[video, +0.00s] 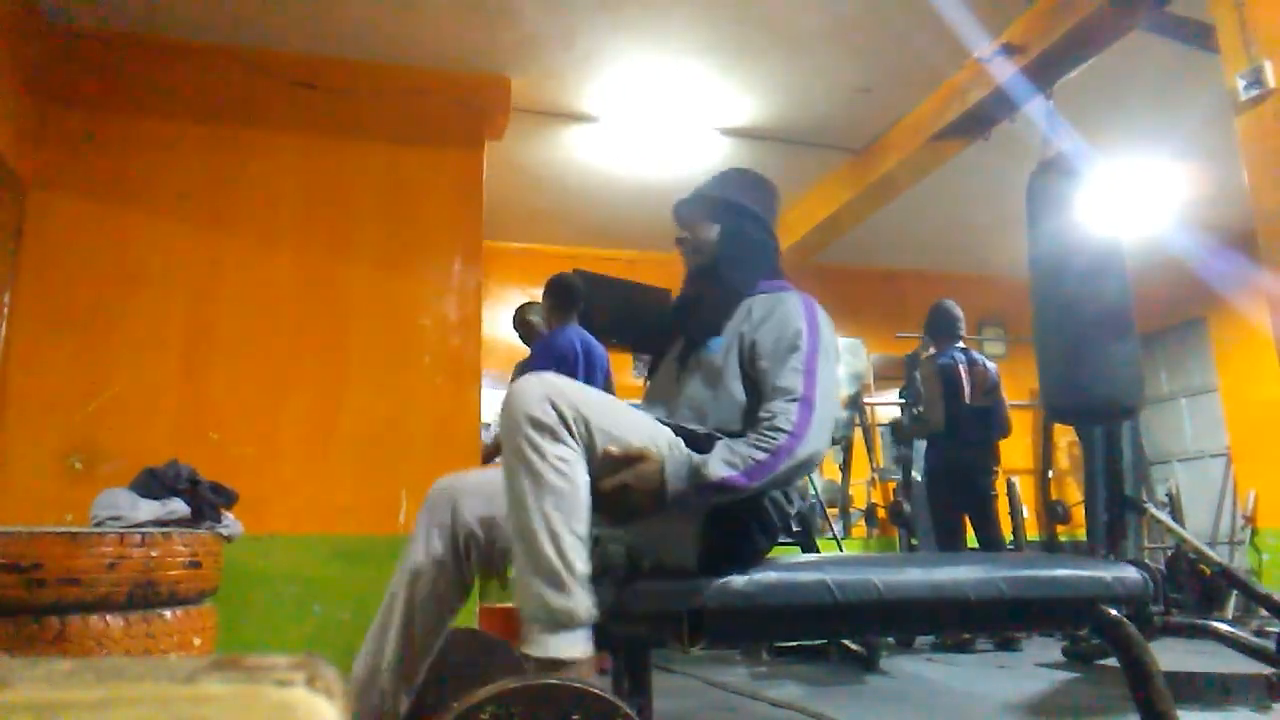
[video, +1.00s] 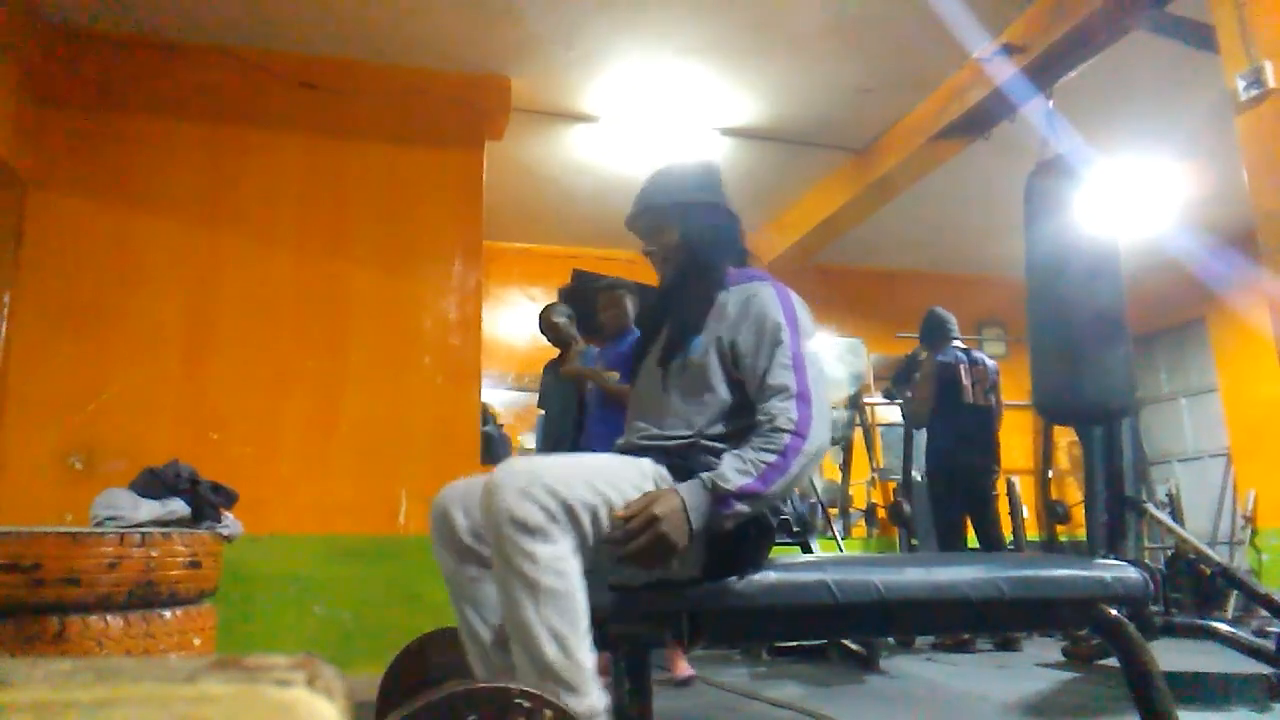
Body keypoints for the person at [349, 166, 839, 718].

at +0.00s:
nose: (682, 242)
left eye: (696, 229)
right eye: (682, 231)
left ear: (738, 234)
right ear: (697, 235)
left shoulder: (787, 311)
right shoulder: (692, 319)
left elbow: (795, 434)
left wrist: (675, 475)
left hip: (723, 512)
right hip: (657, 505)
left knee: (540, 400)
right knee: (455, 504)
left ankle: (561, 655)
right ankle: (371, 705)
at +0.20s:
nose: (693, 236)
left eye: (708, 224)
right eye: (693, 225)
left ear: (749, 233)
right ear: (701, 232)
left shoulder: (794, 317)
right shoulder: (696, 316)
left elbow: (806, 446)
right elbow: (668, 422)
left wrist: (703, 499)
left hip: (725, 505)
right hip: (657, 483)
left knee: (543, 429)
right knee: (471, 442)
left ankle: (588, 675)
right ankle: (447, 654)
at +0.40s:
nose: (696, 232)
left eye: (712, 219)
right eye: (695, 221)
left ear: (753, 230)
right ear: (698, 230)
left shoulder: (794, 313)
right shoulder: (695, 315)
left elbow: (809, 443)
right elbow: (671, 424)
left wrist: (707, 500)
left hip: (729, 496)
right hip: (662, 478)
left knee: (550, 431)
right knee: (478, 438)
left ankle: (597, 683)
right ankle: (465, 654)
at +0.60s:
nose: (686, 235)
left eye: (701, 221)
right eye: (685, 224)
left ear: (742, 227)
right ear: (690, 232)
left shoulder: (789, 315)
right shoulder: (693, 316)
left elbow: (808, 447)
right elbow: (666, 423)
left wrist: (711, 503)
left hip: (727, 501)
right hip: (661, 478)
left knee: (556, 434)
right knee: (479, 432)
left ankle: (587, 689)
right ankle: (465, 643)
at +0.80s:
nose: (673, 240)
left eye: (686, 225)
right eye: (671, 229)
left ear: (731, 227)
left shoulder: (787, 313)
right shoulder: (687, 322)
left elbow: (806, 447)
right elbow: (662, 427)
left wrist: (705, 498)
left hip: (726, 499)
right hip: (655, 481)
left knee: (548, 435)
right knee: (471, 448)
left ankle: (592, 694)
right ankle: (542, 654)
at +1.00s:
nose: (647, 254)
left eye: (654, 237)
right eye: (643, 242)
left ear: (695, 227)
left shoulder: (762, 300)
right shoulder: (671, 316)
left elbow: (794, 431)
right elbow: (658, 428)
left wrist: (695, 500)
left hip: (710, 495)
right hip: (641, 482)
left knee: (522, 494)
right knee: (458, 508)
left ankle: (572, 707)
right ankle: (512, 701)